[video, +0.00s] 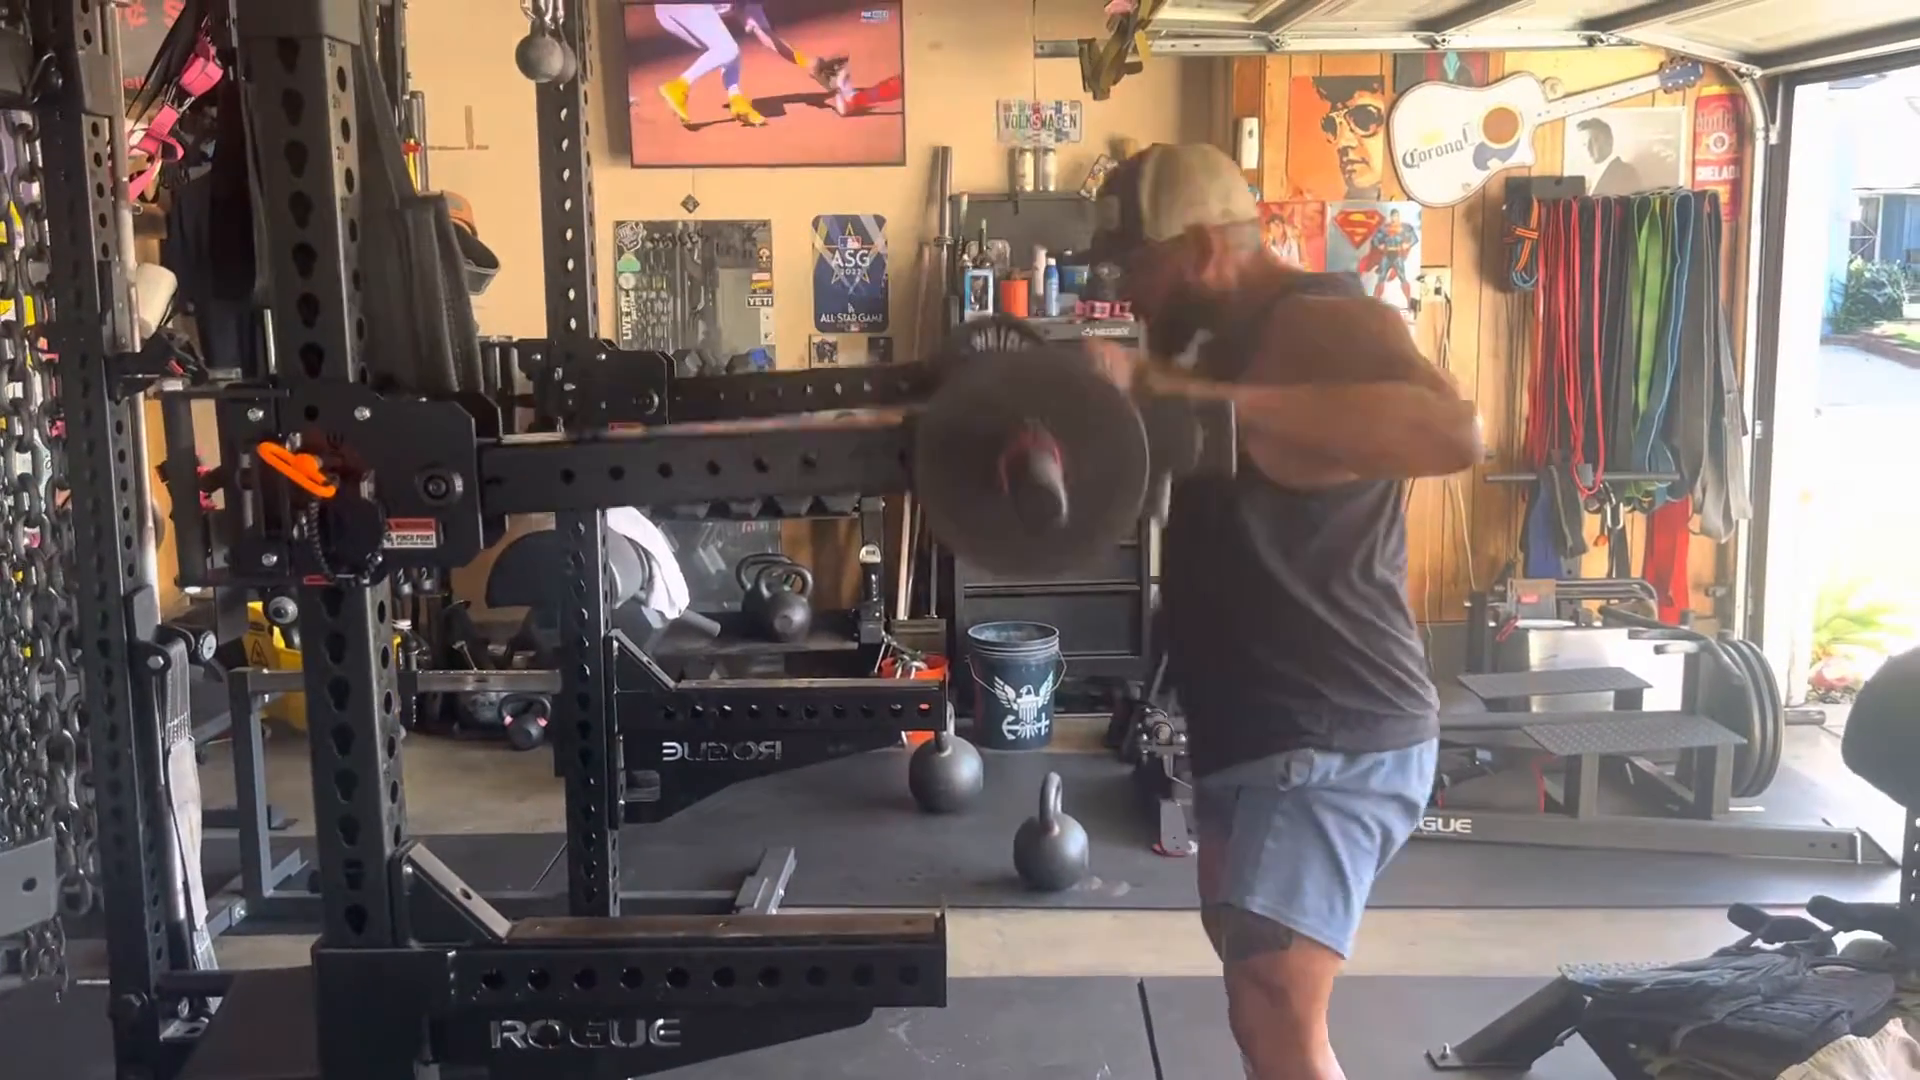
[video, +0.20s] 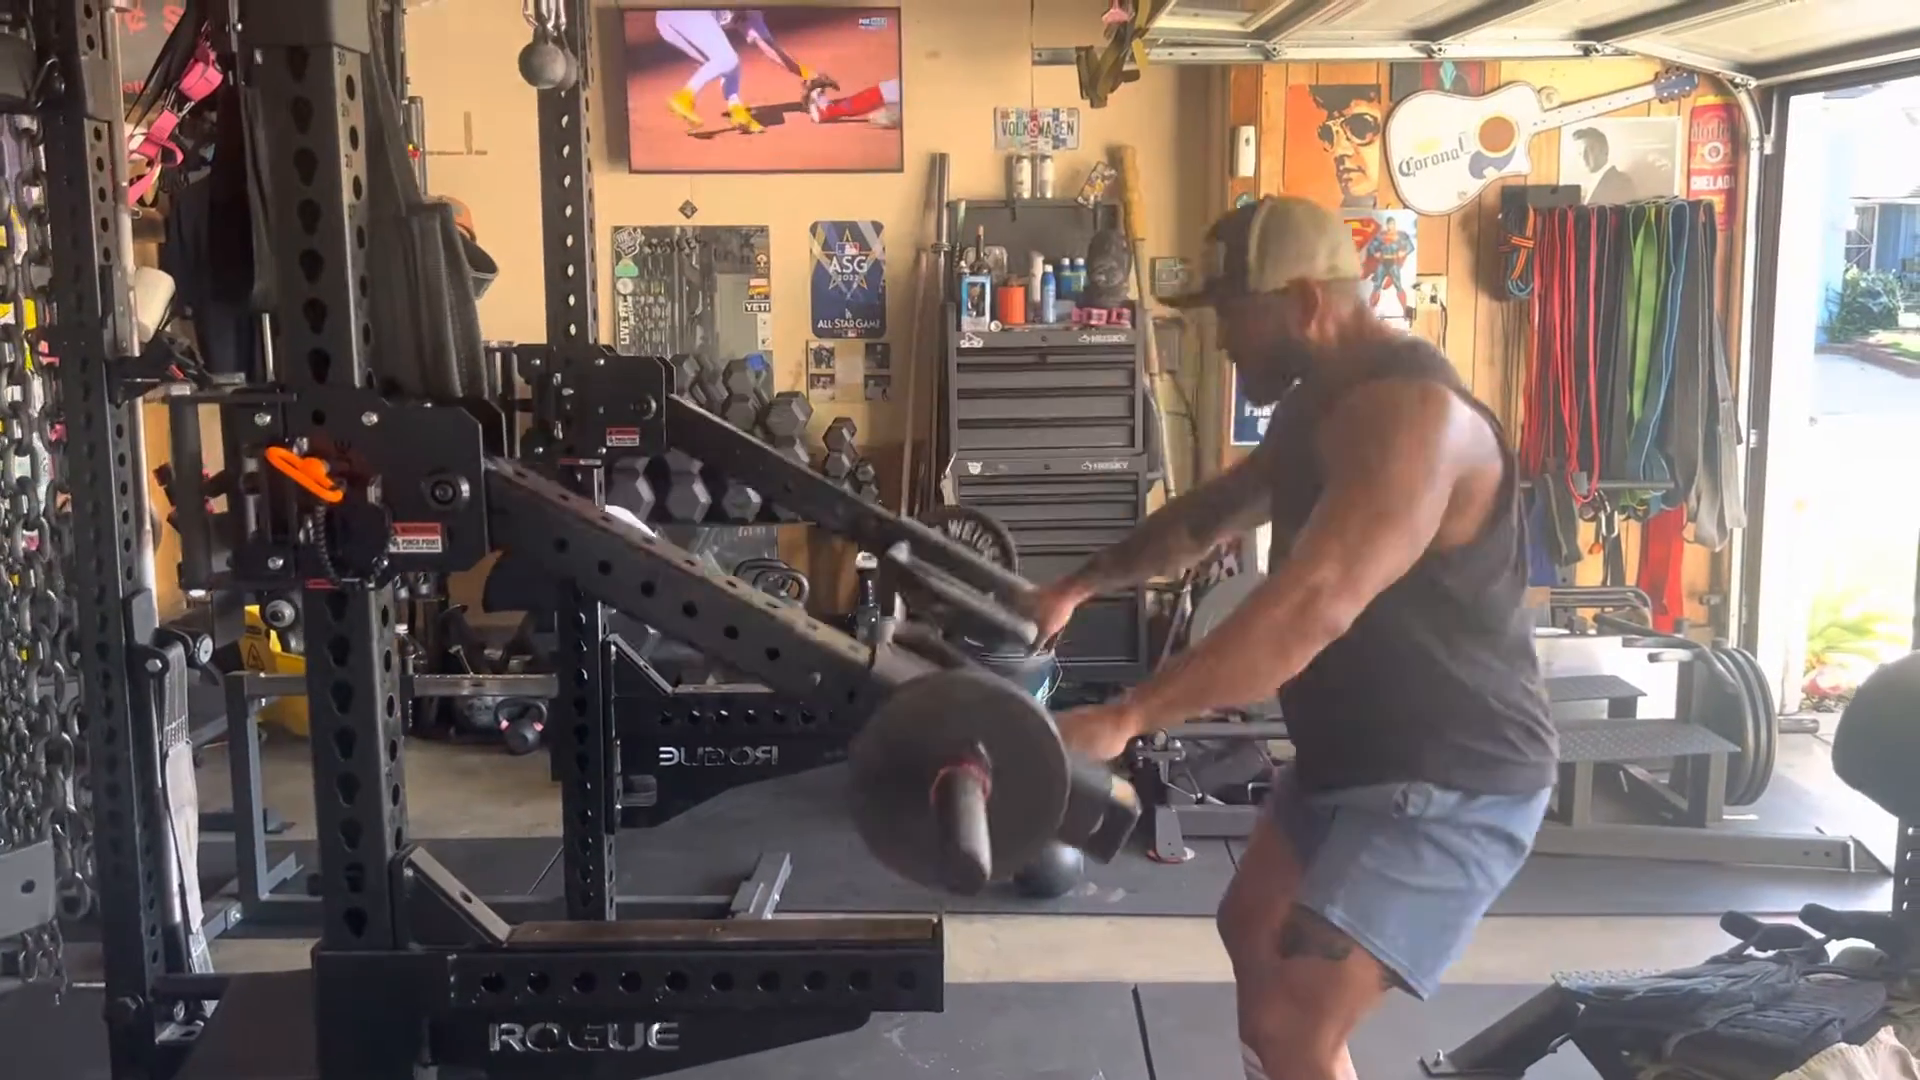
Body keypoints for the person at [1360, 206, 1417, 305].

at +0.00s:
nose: (1395, 219)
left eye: (1396, 216)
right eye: (1393, 216)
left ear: (1399, 217)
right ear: (1390, 217)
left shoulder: (1406, 228)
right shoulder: (1384, 228)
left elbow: (1414, 239)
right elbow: (1375, 239)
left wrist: (1407, 246)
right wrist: (1379, 246)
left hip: (1399, 252)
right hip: (1387, 252)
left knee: (1402, 277)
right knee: (1381, 277)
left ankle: (1408, 300)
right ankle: (1376, 300)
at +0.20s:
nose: (1391, 227)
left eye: (1392, 224)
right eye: (1389, 225)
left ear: (1395, 225)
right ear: (1386, 225)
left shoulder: (1402, 235)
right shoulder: (1381, 236)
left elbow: (1410, 247)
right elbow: (1371, 247)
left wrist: (1403, 253)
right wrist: (1376, 254)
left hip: (1394, 261)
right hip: (1383, 260)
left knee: (1398, 285)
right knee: (1377, 284)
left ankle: (1405, 308)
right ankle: (1371, 308)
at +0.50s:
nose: (1388, 240)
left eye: (1389, 238)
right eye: (1386, 238)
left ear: (1392, 238)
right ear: (1383, 238)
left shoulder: (1399, 248)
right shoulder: (1378, 248)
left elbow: (1407, 260)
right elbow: (1368, 259)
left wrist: (1400, 266)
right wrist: (1372, 266)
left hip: (1391, 273)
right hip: (1379, 273)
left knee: (1395, 297)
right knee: (1373, 298)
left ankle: (1401, 322)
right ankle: (1368, 322)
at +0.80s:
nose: (1383, 249)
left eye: (1385, 247)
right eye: (1381, 247)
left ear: (1387, 248)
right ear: (1379, 248)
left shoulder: (1394, 258)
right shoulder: (1373, 258)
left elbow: (1402, 270)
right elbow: (1364, 269)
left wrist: (1395, 276)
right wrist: (1368, 276)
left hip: (1387, 284)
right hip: (1375, 283)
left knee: (1390, 308)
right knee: (1369, 308)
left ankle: (1396, 332)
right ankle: (1363, 332)